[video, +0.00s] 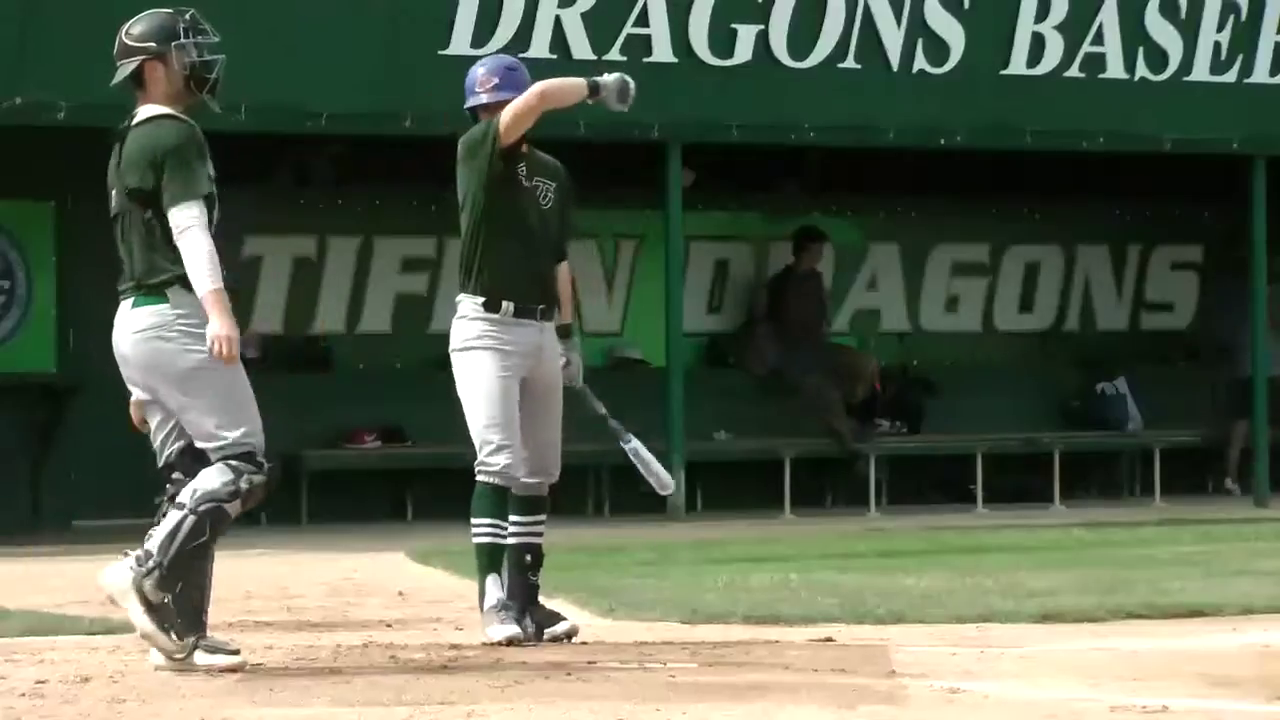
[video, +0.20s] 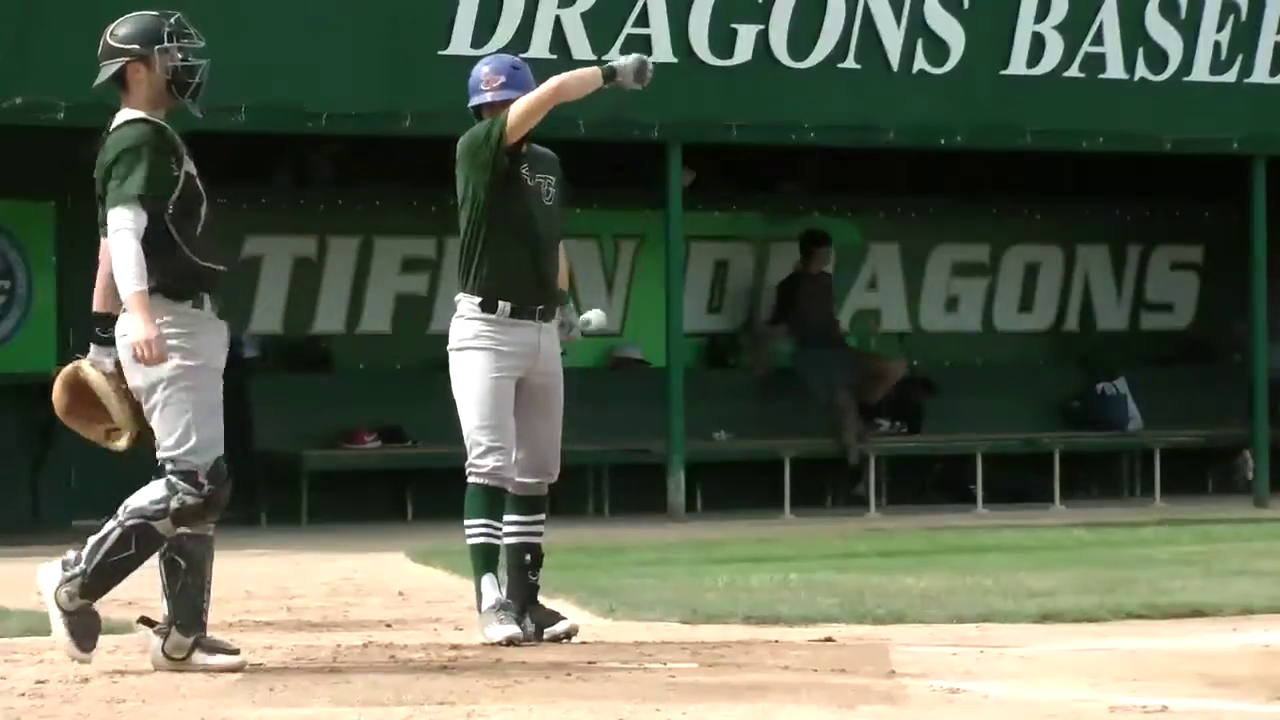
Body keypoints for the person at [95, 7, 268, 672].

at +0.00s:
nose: (200, 62)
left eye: (196, 52)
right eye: (187, 52)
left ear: (149, 70)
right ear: (154, 64)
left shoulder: (131, 142)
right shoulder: (174, 132)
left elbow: (139, 258)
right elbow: (189, 229)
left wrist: (143, 378)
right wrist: (220, 312)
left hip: (137, 322)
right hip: (174, 319)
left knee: (191, 477)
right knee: (243, 464)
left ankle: (183, 633)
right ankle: (145, 573)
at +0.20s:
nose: (185, 64)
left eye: (181, 54)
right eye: (172, 56)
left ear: (139, 70)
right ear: (138, 67)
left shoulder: (148, 135)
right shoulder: (139, 135)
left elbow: (111, 247)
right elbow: (123, 237)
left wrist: (101, 344)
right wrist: (141, 322)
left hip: (174, 322)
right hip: (170, 325)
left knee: (200, 484)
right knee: (195, 483)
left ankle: (183, 634)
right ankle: (74, 582)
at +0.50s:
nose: (131, 75)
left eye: (129, 65)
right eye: (118, 65)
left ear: (107, 74)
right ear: (82, 74)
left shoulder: (120, 143)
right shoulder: (67, 152)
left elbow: (121, 240)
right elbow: (59, 256)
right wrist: (116, 327)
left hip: (156, 331)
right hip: (102, 334)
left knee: (169, 488)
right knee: (91, 493)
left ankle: (182, 637)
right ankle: (11, 624)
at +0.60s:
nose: (107, 84)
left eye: (107, 73)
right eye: (96, 73)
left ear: (74, 79)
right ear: (62, 75)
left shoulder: (97, 151)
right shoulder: (39, 157)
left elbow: (106, 260)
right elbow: (37, 261)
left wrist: (145, 366)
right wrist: (120, 278)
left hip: (124, 333)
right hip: (71, 335)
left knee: (147, 488)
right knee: (53, 496)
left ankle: (178, 634)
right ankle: (6, 636)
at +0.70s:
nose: (83, 88)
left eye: (82, 78)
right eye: (72, 76)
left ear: (63, 84)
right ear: (37, 77)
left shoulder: (73, 152)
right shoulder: (12, 156)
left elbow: (91, 260)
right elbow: (20, 256)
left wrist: (137, 329)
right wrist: (96, 213)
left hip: (98, 333)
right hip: (44, 334)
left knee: (130, 485)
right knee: (30, 497)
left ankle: (171, 631)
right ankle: (6, 641)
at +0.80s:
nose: (59, 97)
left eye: (61, 87)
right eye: (51, 85)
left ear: (28, 84)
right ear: (16, 79)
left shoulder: (44, 150)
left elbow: (79, 235)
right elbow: (22, 235)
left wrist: (133, 299)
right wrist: (54, 155)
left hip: (76, 331)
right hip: (21, 332)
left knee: (122, 476)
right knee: (10, 497)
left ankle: (162, 625)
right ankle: (5, 642)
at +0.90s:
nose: (55, 86)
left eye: (54, 76)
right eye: (46, 76)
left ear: (26, 80)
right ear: (21, 79)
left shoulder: (38, 141)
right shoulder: (6, 141)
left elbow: (60, 228)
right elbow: (18, 207)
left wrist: (126, 288)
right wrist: (17, 119)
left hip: (61, 331)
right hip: (14, 331)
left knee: (114, 473)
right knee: (5, 495)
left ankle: (143, 624)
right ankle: (5, 642)